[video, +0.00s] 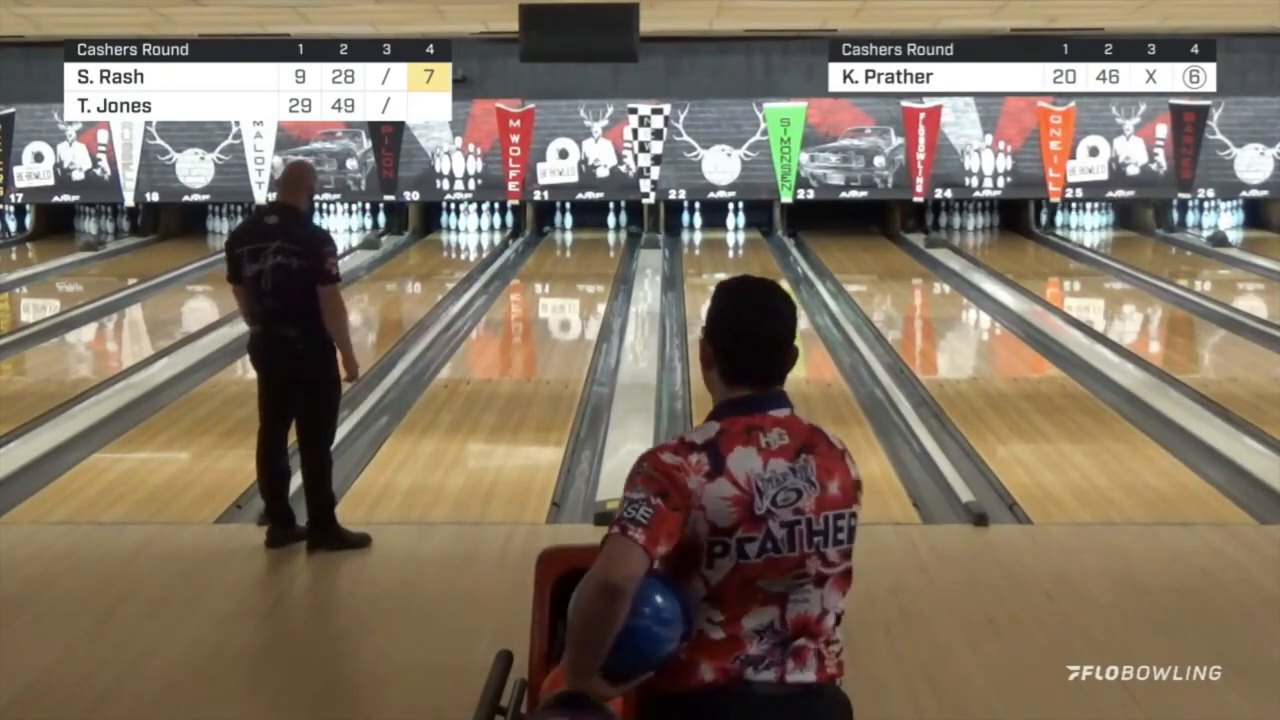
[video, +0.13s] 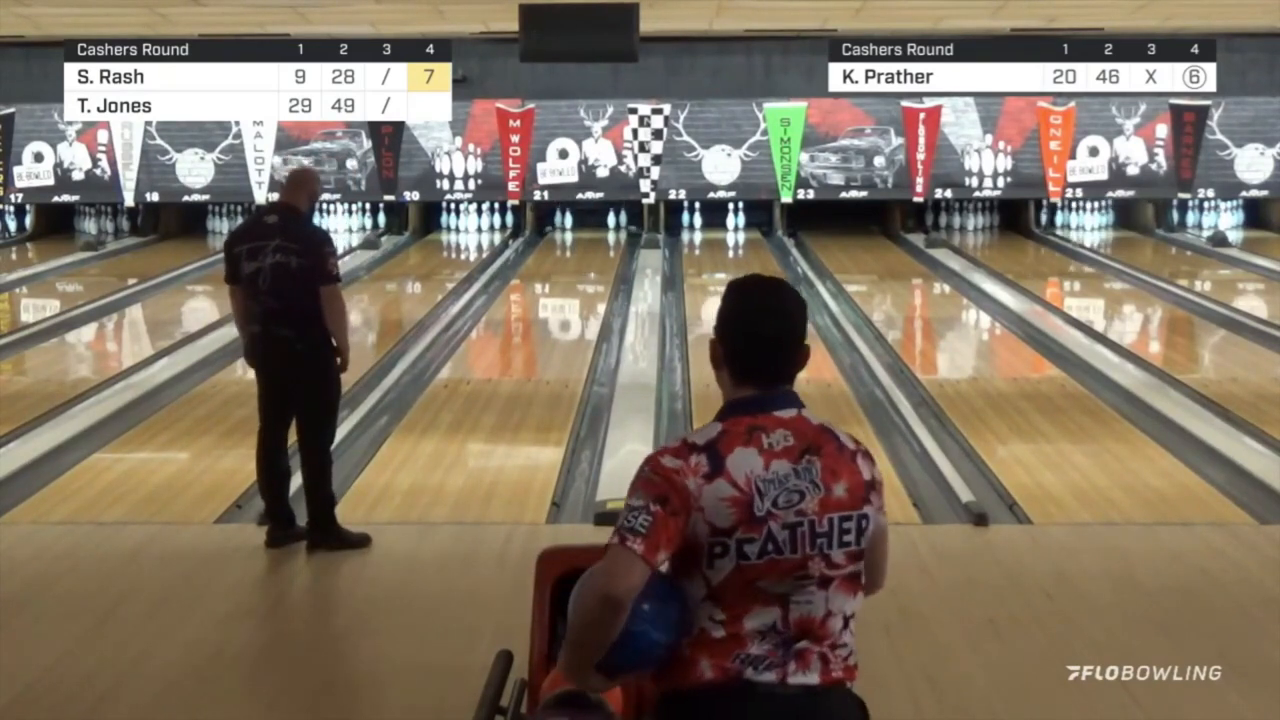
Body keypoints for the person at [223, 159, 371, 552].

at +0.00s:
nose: (314, 196)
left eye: (312, 189)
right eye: (313, 190)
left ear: (279, 186)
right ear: (307, 191)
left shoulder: (242, 233)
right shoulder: (314, 237)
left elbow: (240, 293)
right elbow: (330, 302)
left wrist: (260, 330)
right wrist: (347, 353)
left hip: (266, 347)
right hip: (312, 348)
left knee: (272, 435)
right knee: (316, 441)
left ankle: (280, 525)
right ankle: (324, 527)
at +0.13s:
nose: (316, 203)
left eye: (315, 196)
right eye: (316, 197)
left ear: (283, 190)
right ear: (310, 195)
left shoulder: (240, 235)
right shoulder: (314, 238)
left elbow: (237, 297)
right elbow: (331, 298)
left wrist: (248, 339)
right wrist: (343, 345)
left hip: (265, 351)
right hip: (311, 351)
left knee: (271, 436)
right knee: (316, 441)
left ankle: (279, 525)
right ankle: (324, 527)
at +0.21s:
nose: (317, 204)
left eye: (316, 197)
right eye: (317, 198)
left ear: (284, 191)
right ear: (311, 196)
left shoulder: (240, 235)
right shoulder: (315, 237)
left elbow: (234, 296)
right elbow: (331, 297)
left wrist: (242, 341)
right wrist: (342, 344)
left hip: (264, 350)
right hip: (311, 350)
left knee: (271, 436)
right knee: (316, 442)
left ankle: (280, 525)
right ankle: (324, 527)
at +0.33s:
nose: (316, 208)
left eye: (315, 203)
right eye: (316, 203)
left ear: (283, 194)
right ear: (312, 200)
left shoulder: (242, 233)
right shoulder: (318, 236)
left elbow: (229, 295)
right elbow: (331, 297)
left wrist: (232, 344)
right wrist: (341, 347)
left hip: (261, 349)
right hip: (308, 349)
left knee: (269, 436)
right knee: (313, 441)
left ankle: (279, 525)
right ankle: (324, 527)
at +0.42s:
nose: (315, 209)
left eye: (314, 204)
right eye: (315, 204)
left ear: (281, 197)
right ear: (310, 200)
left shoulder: (241, 233)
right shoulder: (318, 235)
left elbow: (228, 296)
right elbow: (333, 298)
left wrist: (229, 346)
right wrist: (341, 351)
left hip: (259, 347)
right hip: (306, 347)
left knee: (267, 436)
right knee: (311, 441)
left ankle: (279, 525)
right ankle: (323, 528)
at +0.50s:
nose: (314, 210)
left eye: (313, 205)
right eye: (313, 205)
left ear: (281, 200)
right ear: (306, 201)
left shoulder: (240, 234)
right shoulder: (318, 235)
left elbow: (227, 297)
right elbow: (333, 299)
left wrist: (229, 347)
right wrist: (341, 352)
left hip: (258, 348)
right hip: (305, 348)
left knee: (266, 437)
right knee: (311, 442)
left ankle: (279, 525)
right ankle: (323, 527)